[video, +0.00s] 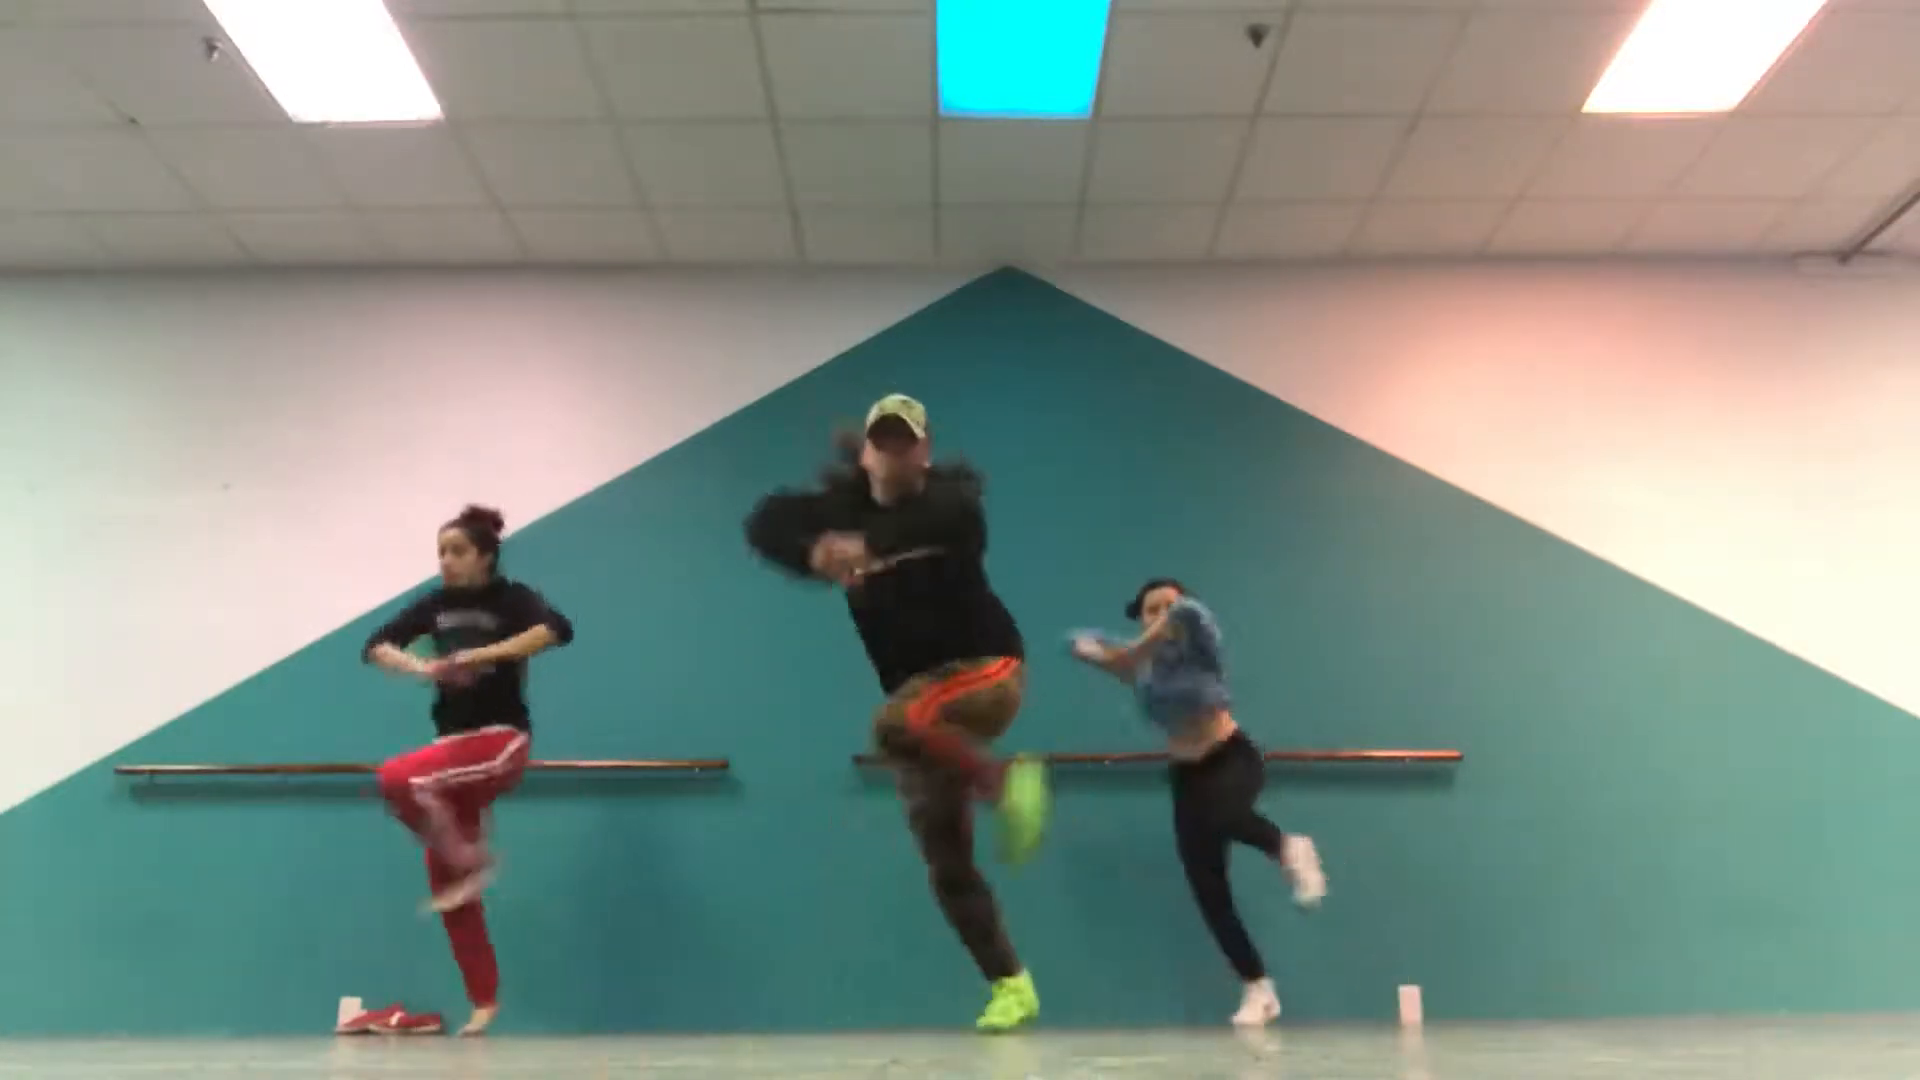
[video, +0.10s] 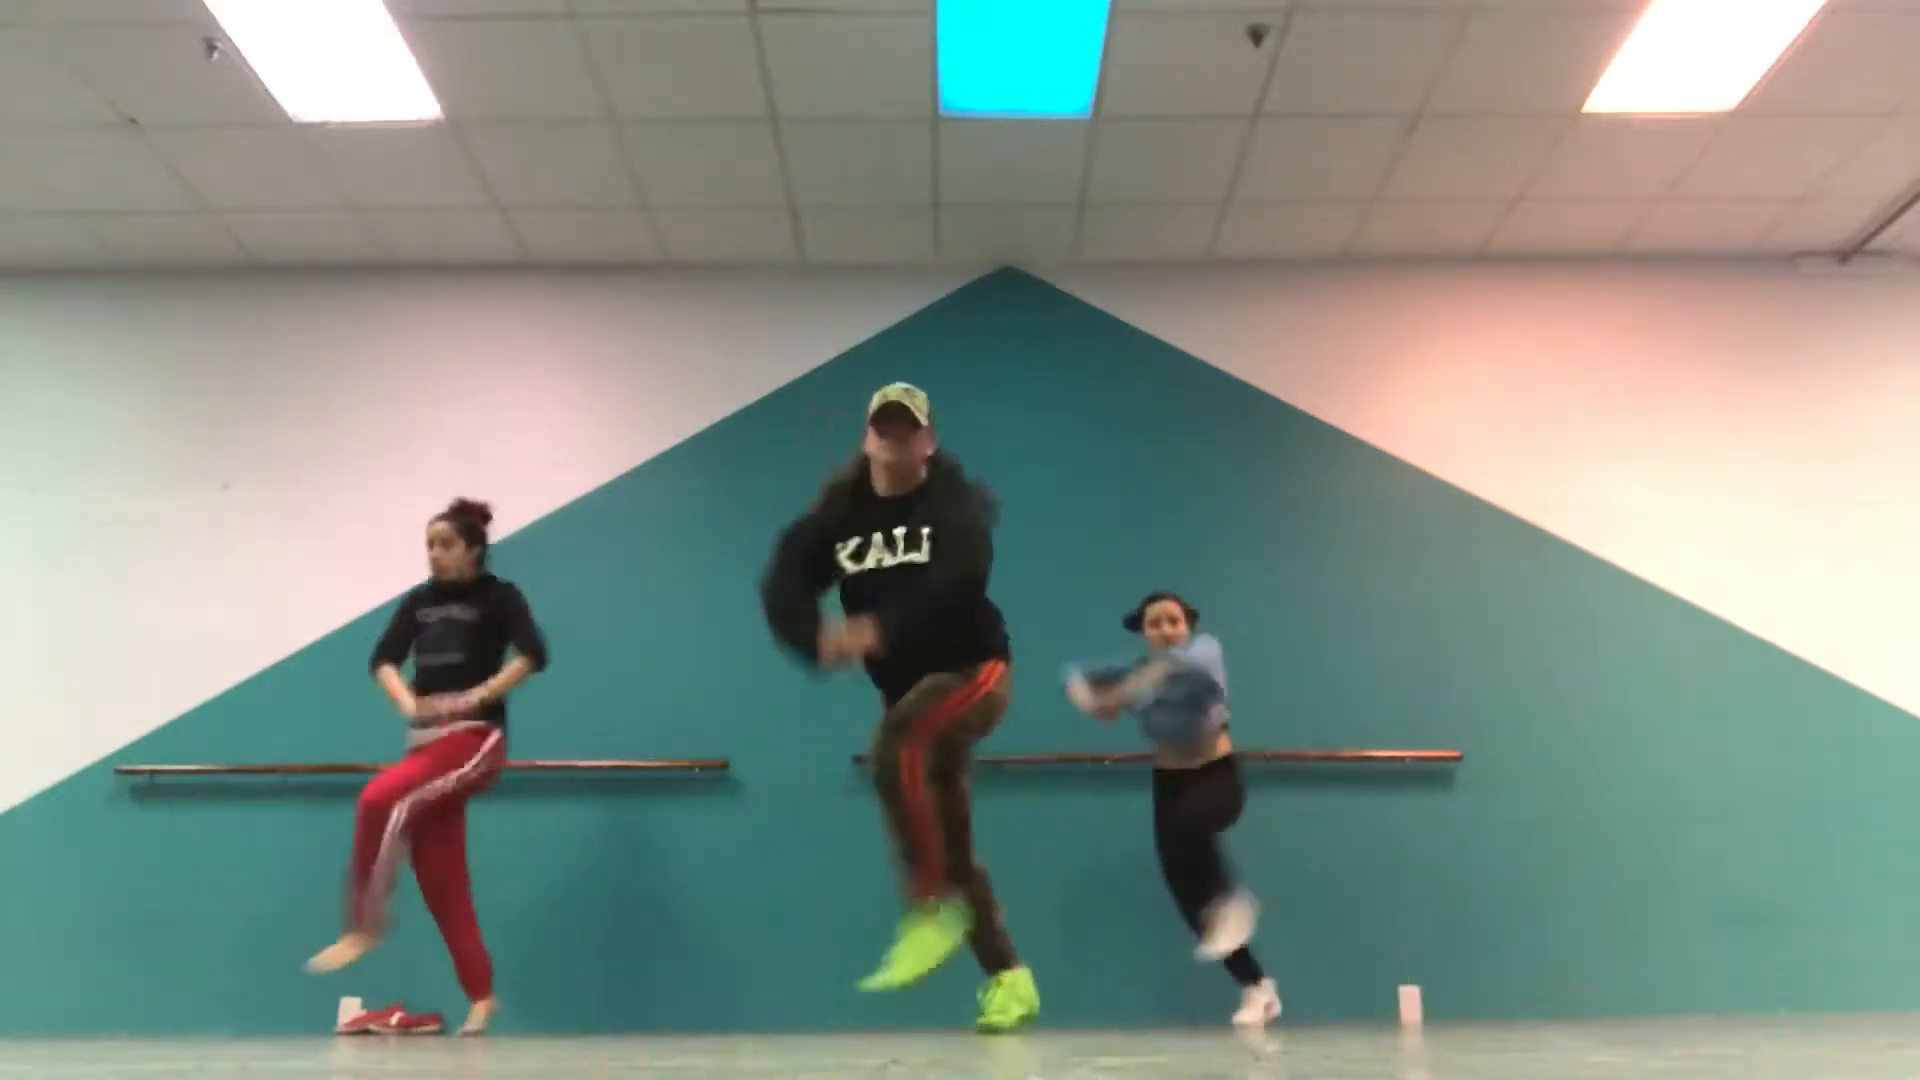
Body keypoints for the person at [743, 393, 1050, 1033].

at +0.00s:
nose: (893, 451)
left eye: (904, 441)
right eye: (882, 440)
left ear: (924, 450)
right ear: (865, 451)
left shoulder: (952, 492)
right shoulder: (844, 505)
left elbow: (948, 520)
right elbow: (765, 522)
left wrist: (868, 544)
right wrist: (817, 548)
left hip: (986, 668)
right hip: (912, 693)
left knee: (898, 723)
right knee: (945, 858)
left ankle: (1008, 785)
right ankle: (1009, 982)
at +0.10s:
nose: (894, 438)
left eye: (907, 429)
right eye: (884, 428)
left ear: (928, 442)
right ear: (867, 438)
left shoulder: (956, 499)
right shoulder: (840, 509)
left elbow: (957, 581)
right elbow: (783, 582)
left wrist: (877, 626)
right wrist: (814, 639)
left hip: (973, 668)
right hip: (904, 685)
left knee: (903, 746)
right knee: (947, 842)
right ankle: (1007, 974)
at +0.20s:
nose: (888, 443)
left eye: (901, 434)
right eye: (879, 432)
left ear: (923, 448)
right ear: (861, 442)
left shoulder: (947, 513)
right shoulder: (831, 521)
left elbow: (951, 617)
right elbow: (819, 617)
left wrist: (900, 701)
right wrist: (830, 703)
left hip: (947, 688)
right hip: (878, 695)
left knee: (896, 816)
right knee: (953, 844)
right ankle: (1012, 982)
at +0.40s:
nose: (850, 410)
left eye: (866, 400)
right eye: (842, 396)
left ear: (890, 415)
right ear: (824, 403)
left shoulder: (910, 492)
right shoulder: (778, 480)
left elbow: (934, 579)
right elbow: (754, 576)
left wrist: (871, 641)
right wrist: (794, 643)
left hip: (889, 668)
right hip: (814, 672)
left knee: (852, 807)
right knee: (856, 825)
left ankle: (817, 979)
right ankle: (973, 950)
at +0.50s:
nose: (818, 410)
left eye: (833, 399)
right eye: (809, 397)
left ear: (857, 407)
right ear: (792, 402)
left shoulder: (882, 475)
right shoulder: (755, 468)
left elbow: (932, 539)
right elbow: (699, 525)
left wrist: (843, 536)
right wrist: (771, 533)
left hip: (859, 664)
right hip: (780, 670)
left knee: (814, 797)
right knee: (755, 800)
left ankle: (812, 975)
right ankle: (874, 877)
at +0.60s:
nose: (787, 430)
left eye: (799, 418)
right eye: (776, 418)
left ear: (825, 418)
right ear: (760, 418)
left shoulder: (853, 479)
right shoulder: (733, 477)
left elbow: (916, 550)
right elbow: (670, 544)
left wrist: (856, 489)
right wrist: (692, 486)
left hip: (829, 668)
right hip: (746, 665)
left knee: (790, 803)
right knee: (678, 745)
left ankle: (811, 980)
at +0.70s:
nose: (768, 398)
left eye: (782, 384)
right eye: (758, 384)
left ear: (806, 390)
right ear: (741, 389)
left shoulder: (837, 472)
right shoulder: (702, 460)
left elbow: (891, 566)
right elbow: (647, 550)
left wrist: (864, 567)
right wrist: (630, 540)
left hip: (796, 660)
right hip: (707, 654)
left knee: (789, 805)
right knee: (622, 744)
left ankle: (803, 978)